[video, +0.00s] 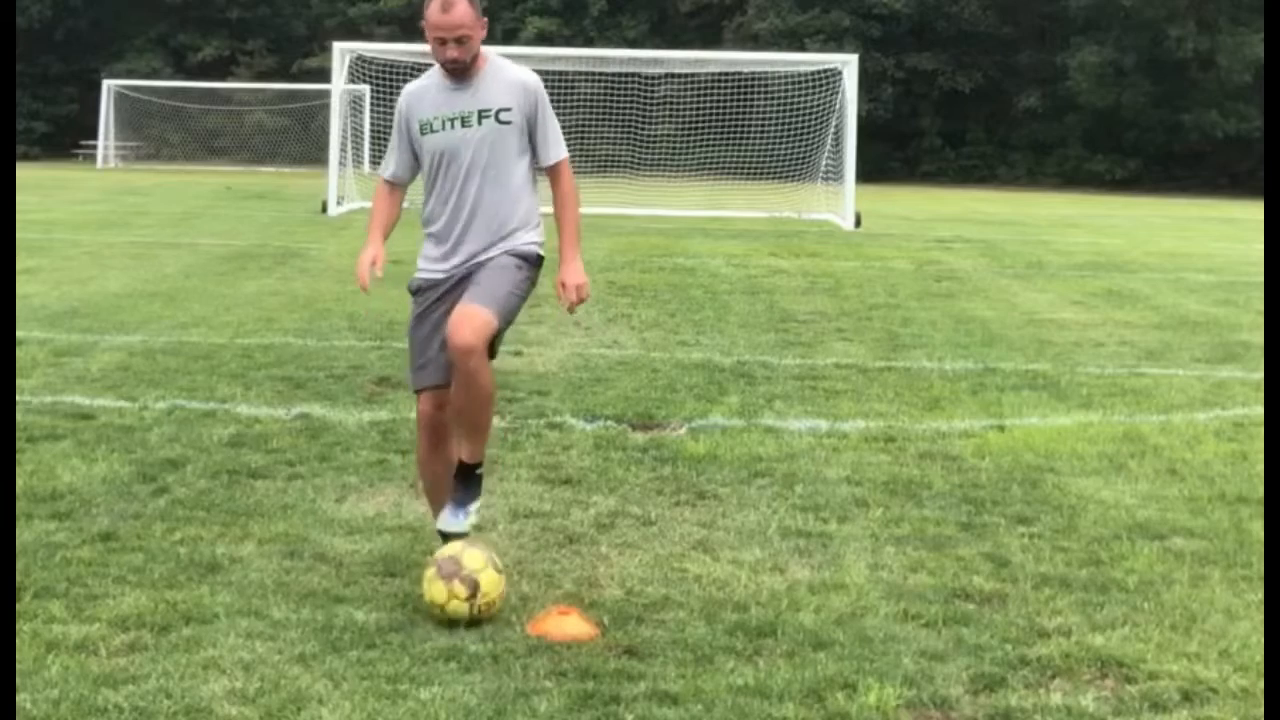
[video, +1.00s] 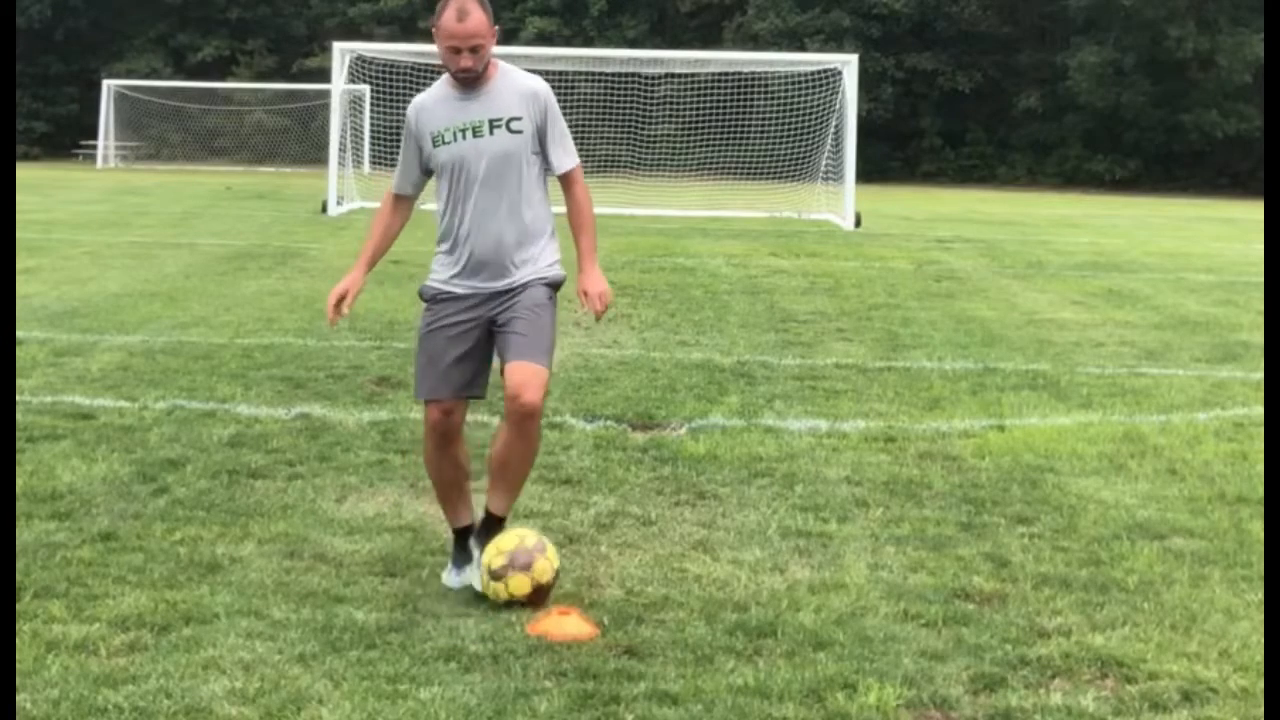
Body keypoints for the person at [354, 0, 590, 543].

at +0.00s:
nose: (451, 53)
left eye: (461, 40)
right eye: (439, 42)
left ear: (483, 29)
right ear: (425, 36)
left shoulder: (522, 86)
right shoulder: (414, 98)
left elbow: (560, 172)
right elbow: (393, 181)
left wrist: (571, 259)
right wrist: (374, 240)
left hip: (509, 249)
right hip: (441, 262)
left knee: (464, 337)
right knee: (431, 410)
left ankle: (469, 477)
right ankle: (448, 542)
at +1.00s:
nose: (464, 61)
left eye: (475, 49)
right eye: (453, 50)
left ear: (494, 36)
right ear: (436, 42)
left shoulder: (533, 94)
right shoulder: (423, 111)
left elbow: (573, 180)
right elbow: (400, 199)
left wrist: (589, 266)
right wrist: (359, 269)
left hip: (528, 279)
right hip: (454, 285)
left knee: (527, 402)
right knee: (441, 416)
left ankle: (492, 534)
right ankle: (462, 541)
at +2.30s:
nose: (551, 59)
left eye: (560, 47)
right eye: (539, 49)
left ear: (572, 33)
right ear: (513, 37)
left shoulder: (595, 85)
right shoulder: (488, 104)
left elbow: (615, 164)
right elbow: (452, 191)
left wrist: (641, 244)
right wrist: (436, 284)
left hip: (601, 271)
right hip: (525, 286)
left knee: (673, 373)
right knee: (504, 420)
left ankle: (660, 530)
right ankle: (479, 550)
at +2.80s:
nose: (611, 59)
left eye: (621, 47)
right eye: (599, 48)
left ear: (634, 36)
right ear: (575, 36)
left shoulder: (656, 92)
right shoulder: (541, 101)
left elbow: (676, 170)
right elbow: (508, 186)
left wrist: (692, 249)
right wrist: (499, 274)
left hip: (638, 267)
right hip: (564, 269)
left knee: (676, 397)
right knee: (566, 388)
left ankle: (685, 551)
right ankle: (543, 504)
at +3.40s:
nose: (652, 92)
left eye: (663, 79)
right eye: (641, 79)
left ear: (679, 71)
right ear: (620, 68)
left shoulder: (702, 128)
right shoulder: (588, 130)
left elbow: (735, 212)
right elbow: (554, 216)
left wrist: (747, 290)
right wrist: (537, 309)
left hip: (673, 291)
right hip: (601, 282)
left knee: (704, 423)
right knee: (630, 366)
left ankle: (678, 562)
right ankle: (643, 531)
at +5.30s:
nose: (630, 43)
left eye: (643, 32)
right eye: (620, 30)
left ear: (667, 20)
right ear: (608, 17)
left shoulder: (701, 80)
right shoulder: (584, 72)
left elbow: (733, 158)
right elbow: (558, 155)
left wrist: (716, 231)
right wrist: (529, 237)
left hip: (661, 258)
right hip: (580, 244)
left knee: (671, 399)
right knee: (523, 364)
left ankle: (666, 536)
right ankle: (518, 477)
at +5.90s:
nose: (587, 69)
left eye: (599, 59)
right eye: (580, 57)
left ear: (629, 49)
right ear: (573, 46)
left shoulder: (660, 117)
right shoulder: (561, 100)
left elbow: (705, 210)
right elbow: (542, 188)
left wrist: (674, 282)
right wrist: (502, 256)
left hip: (621, 291)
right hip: (546, 276)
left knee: (632, 432)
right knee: (463, 375)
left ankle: (649, 566)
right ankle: (458, 529)